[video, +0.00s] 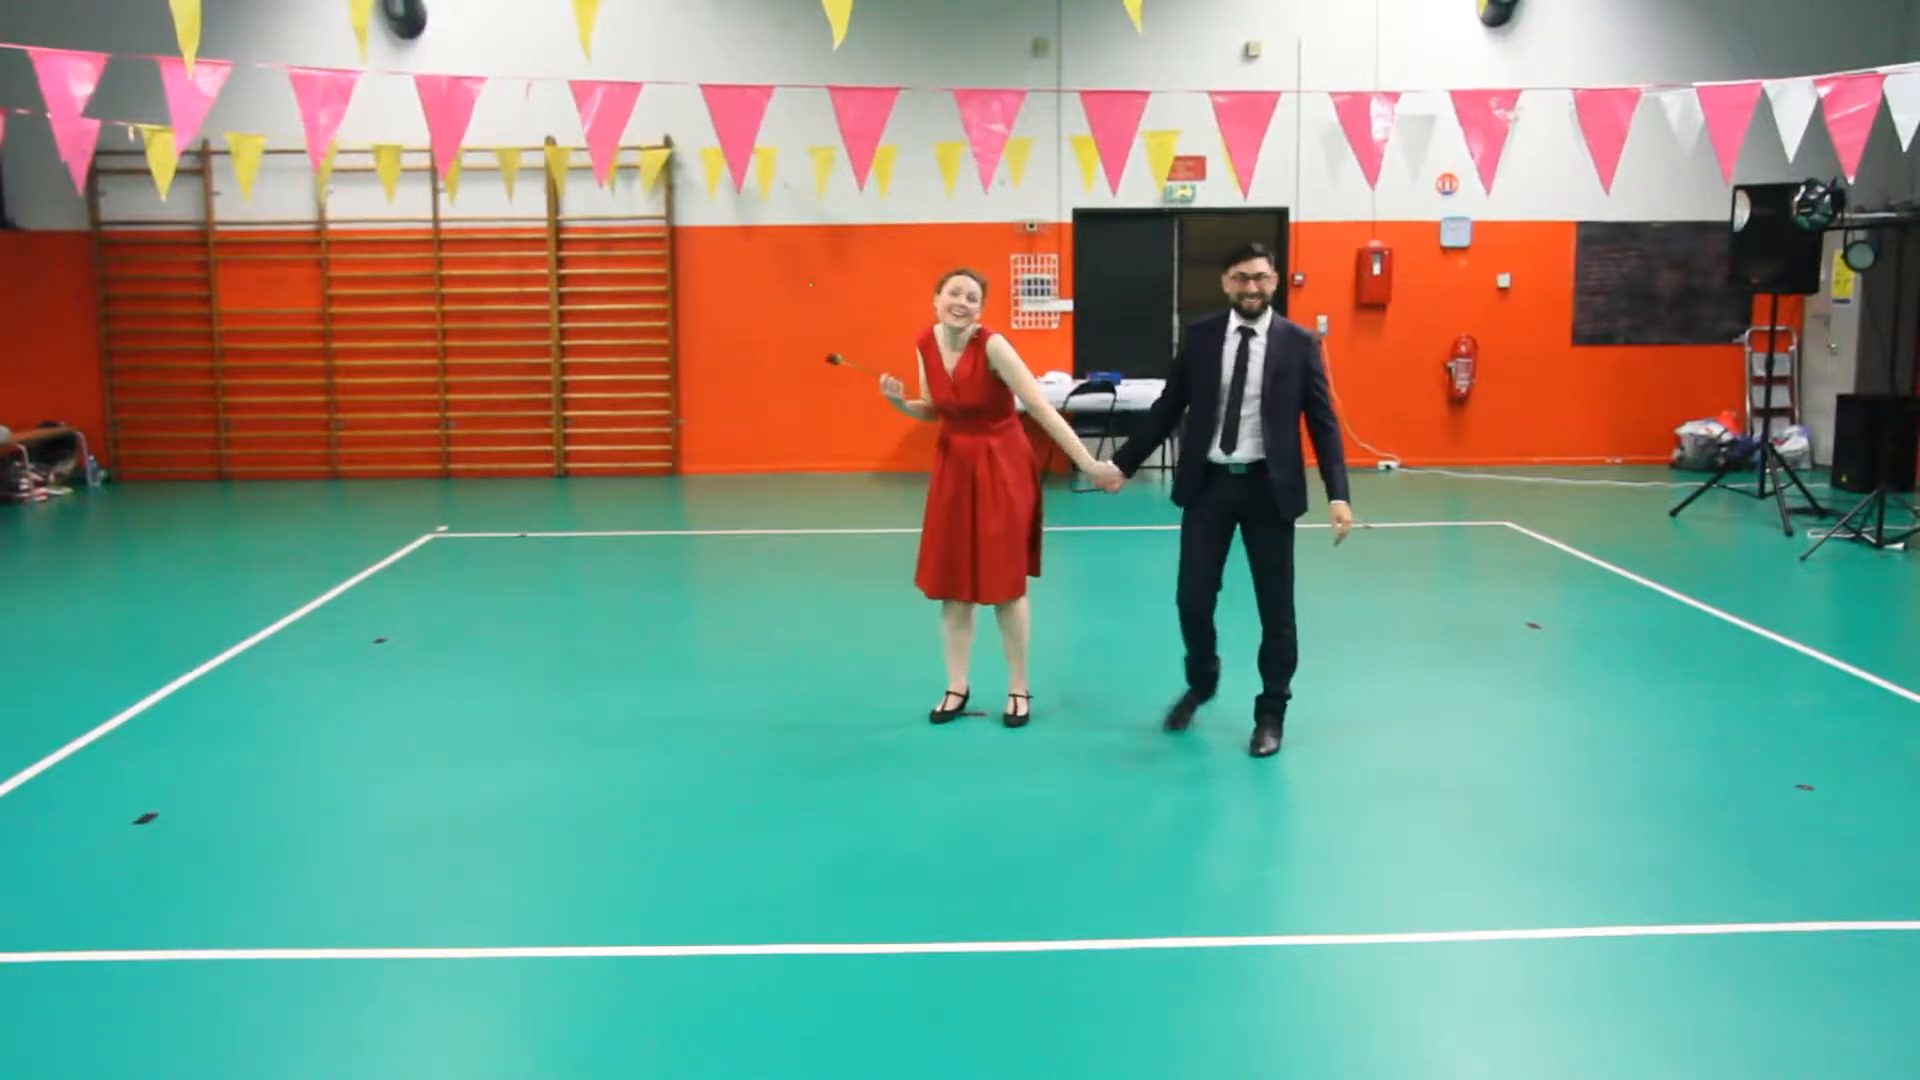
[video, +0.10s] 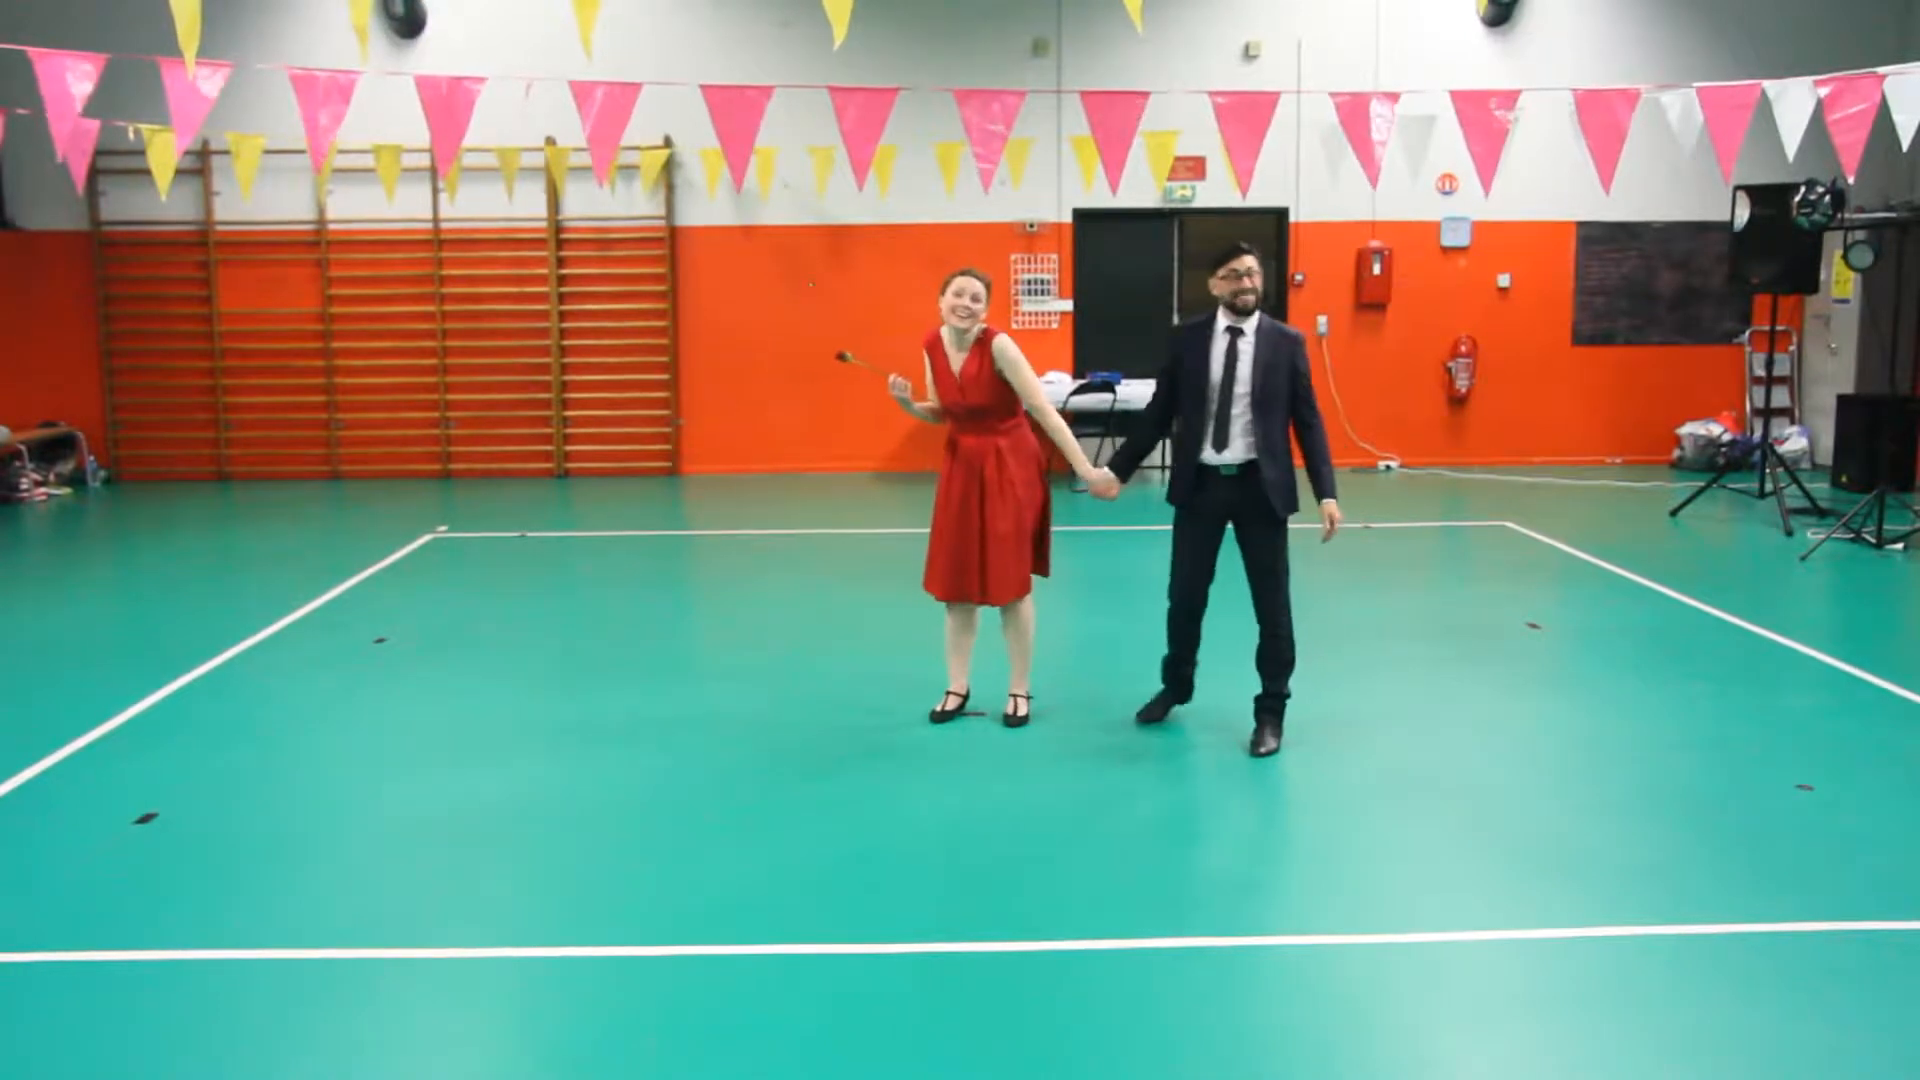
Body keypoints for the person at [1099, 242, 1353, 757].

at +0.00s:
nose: (1252, 286)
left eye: (1261, 278)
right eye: (1242, 278)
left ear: (1276, 283)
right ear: (1225, 283)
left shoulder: (1299, 344)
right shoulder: (1201, 338)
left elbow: (1323, 421)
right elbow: (1167, 410)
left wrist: (1338, 494)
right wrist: (1122, 465)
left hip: (1269, 487)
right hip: (1208, 485)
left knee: (1276, 609)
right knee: (1192, 600)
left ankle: (1271, 714)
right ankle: (1201, 684)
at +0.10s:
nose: (1245, 282)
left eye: (1252, 274)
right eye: (1233, 276)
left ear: (1264, 283)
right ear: (1214, 285)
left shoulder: (1286, 343)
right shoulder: (1187, 339)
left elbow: (1307, 421)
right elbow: (1158, 413)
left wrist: (1326, 493)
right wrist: (1116, 471)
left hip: (1261, 486)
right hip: (1200, 485)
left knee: (1273, 607)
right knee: (1185, 597)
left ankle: (1271, 713)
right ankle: (1175, 687)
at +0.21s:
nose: (1232, 283)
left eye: (1238, 275)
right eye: (1221, 276)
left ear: (1251, 282)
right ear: (1201, 286)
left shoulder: (1274, 343)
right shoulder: (1180, 341)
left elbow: (1297, 421)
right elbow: (1150, 417)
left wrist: (1320, 492)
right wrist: (1111, 474)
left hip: (1251, 485)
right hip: (1191, 484)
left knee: (1268, 605)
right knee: (1180, 595)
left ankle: (1270, 713)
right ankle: (1175, 689)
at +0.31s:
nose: (1206, 285)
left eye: (1215, 277)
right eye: (1196, 277)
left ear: (1230, 283)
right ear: (1181, 285)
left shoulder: (1255, 340)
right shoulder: (1161, 340)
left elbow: (1277, 417)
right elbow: (1137, 417)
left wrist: (1302, 486)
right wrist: (1105, 477)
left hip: (1237, 483)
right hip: (1177, 484)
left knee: (1256, 606)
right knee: (1175, 597)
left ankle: (1267, 713)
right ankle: (1175, 693)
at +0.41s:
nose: (1199, 287)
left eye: (1206, 278)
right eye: (1188, 279)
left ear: (1218, 283)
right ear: (1170, 285)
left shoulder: (1243, 337)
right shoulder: (1151, 340)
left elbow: (1266, 415)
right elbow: (1129, 418)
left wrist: (1287, 480)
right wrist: (1100, 477)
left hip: (1228, 482)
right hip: (1168, 482)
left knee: (1244, 601)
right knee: (1171, 597)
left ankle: (1262, 712)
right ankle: (1175, 693)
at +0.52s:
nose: (1176, 287)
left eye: (1184, 277)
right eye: (1166, 280)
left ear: (1199, 283)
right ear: (1151, 288)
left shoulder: (1229, 335)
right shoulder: (1136, 341)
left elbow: (1248, 409)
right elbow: (1116, 417)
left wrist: (1252, 471)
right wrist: (1092, 481)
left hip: (1217, 481)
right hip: (1158, 482)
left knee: (1226, 596)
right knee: (1166, 595)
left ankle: (1237, 711)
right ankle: (1174, 693)